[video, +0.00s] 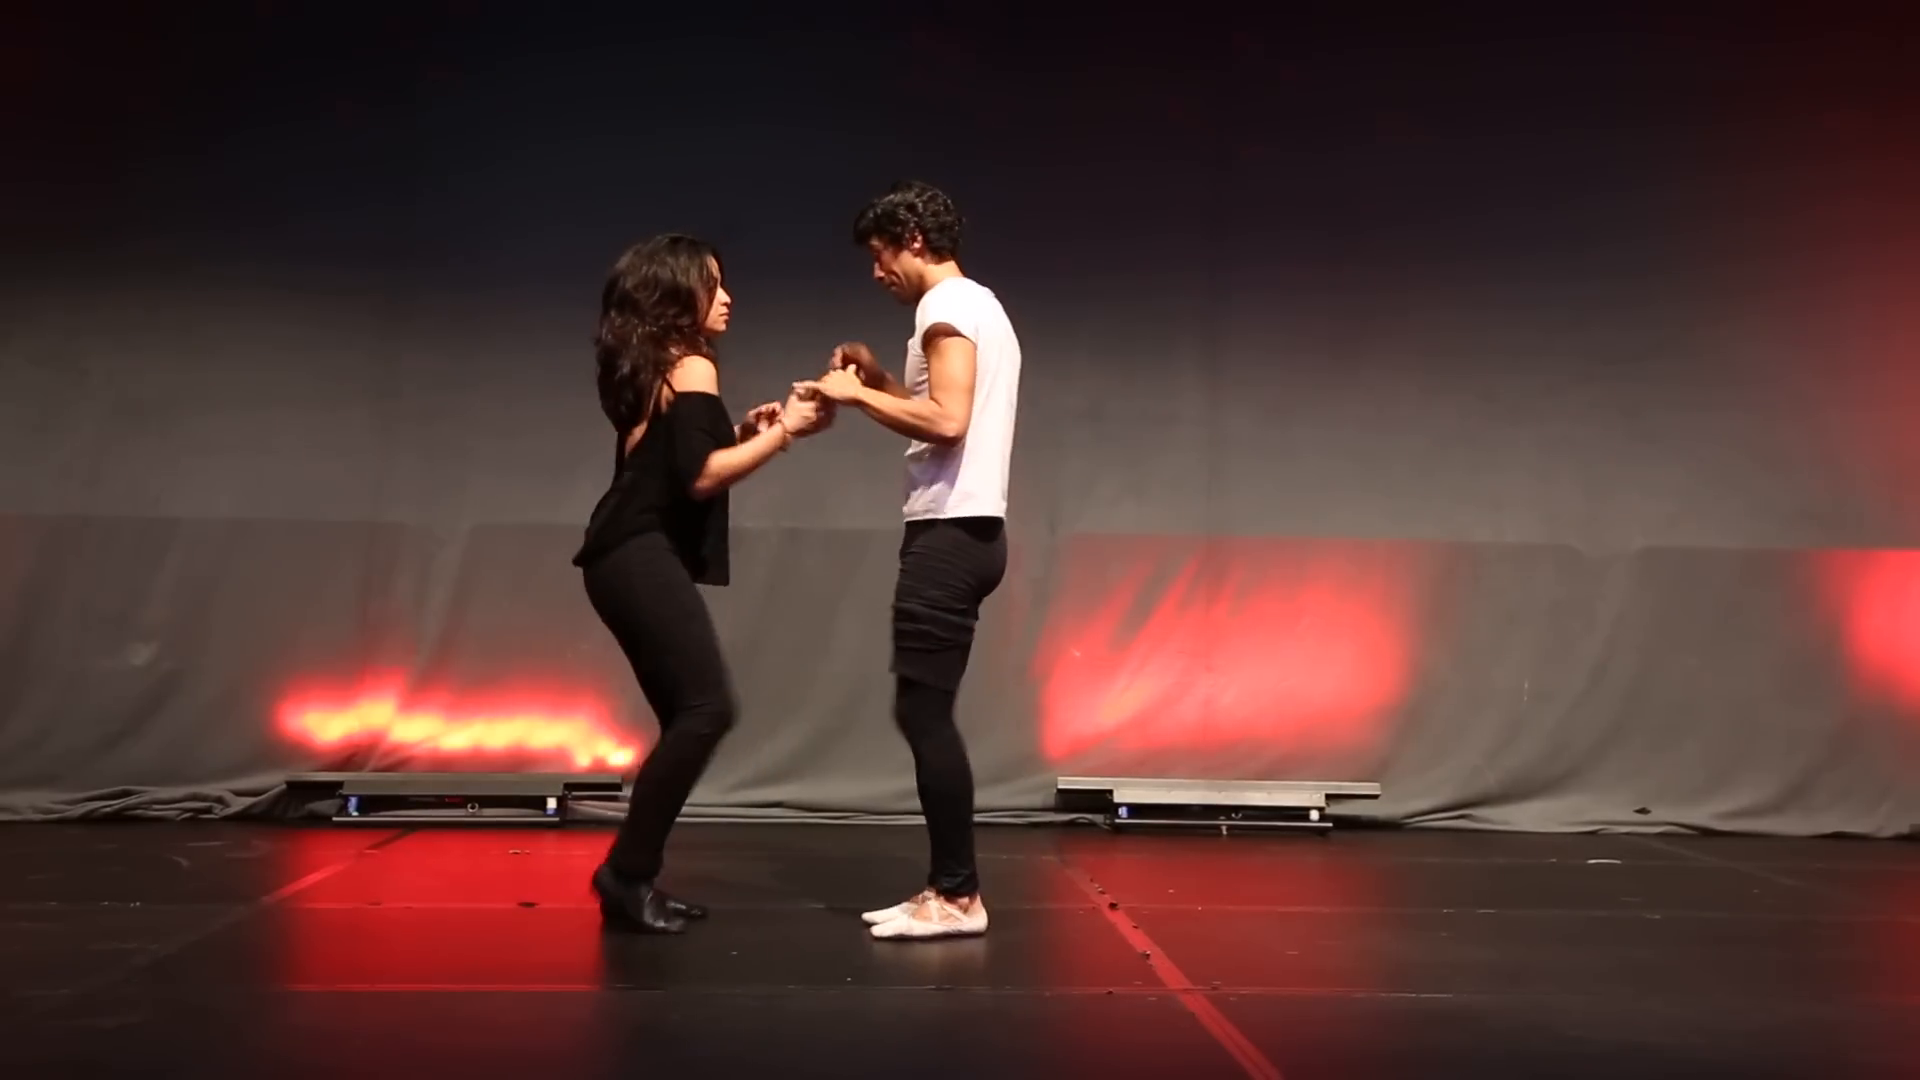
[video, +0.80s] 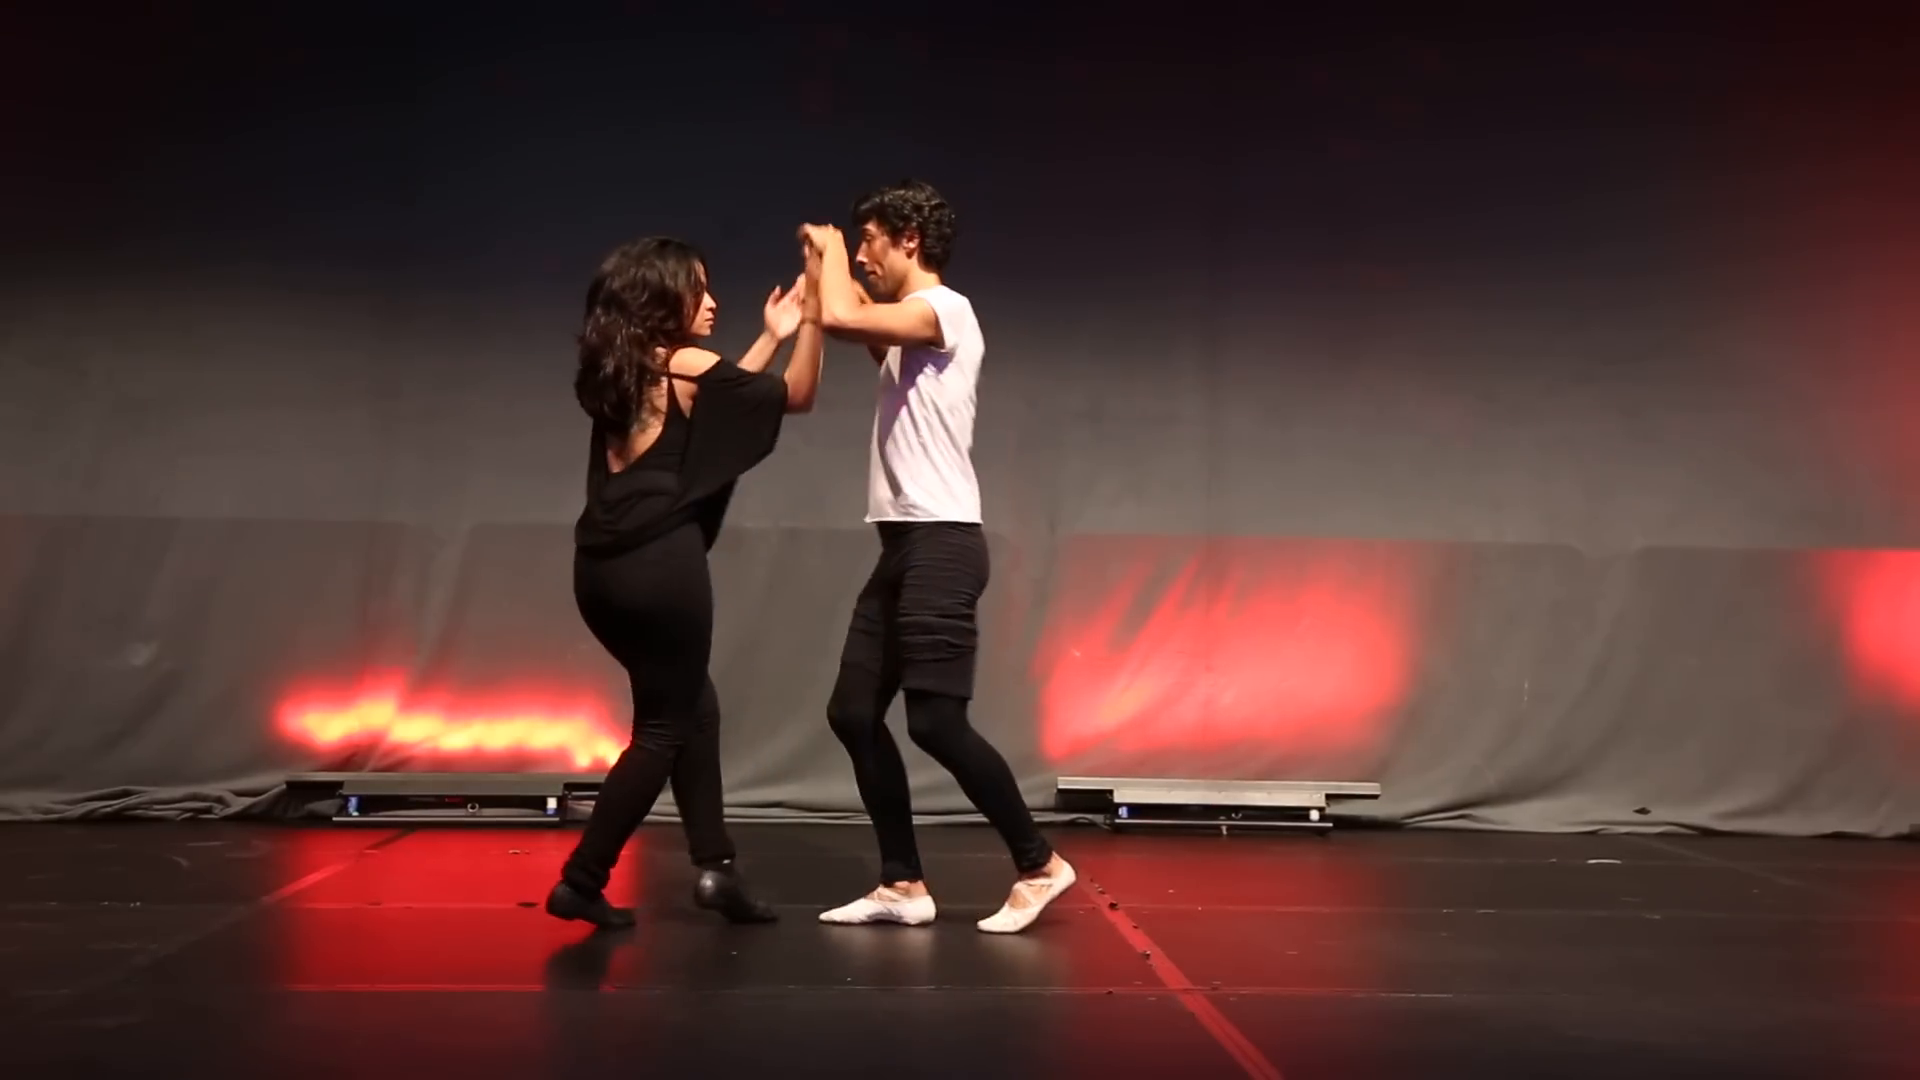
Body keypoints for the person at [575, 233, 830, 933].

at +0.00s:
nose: (726, 297)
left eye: (722, 284)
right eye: (713, 286)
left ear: (669, 300)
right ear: (680, 298)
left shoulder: (653, 368)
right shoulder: (690, 364)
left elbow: (660, 465)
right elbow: (703, 472)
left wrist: (751, 427)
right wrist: (785, 430)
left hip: (624, 560)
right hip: (641, 559)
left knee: (691, 714)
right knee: (706, 709)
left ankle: (632, 876)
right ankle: (626, 877)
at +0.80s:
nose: (711, 301)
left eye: (707, 288)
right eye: (700, 291)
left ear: (638, 304)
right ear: (667, 302)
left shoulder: (623, 368)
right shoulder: (687, 364)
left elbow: (728, 398)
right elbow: (796, 393)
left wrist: (772, 333)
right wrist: (814, 313)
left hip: (602, 574)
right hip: (662, 570)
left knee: (697, 711)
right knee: (661, 732)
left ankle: (714, 867)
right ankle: (582, 882)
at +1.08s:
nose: (722, 302)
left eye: (720, 290)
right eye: (712, 290)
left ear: (658, 297)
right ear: (680, 295)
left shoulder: (680, 363)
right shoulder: (672, 351)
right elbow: (753, 322)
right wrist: (785, 229)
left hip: (680, 568)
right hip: (643, 561)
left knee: (740, 718)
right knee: (666, 729)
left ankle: (699, 880)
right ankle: (581, 876)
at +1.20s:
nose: (727, 292)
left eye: (737, 282)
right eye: (713, 278)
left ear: (747, 296)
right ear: (680, 288)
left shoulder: (745, 361)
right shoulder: (640, 344)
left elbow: (765, 334)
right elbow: (655, 282)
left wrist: (752, 232)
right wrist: (717, 216)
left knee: (744, 723)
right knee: (643, 727)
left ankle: (714, 875)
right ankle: (636, 883)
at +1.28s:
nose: (697, 276)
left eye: (715, 273)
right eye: (690, 260)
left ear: (738, 297)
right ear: (666, 278)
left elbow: (708, 300)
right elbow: (612, 266)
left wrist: (715, 216)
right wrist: (688, 202)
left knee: (721, 727)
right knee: (612, 726)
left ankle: (726, 871)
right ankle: (672, 879)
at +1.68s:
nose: (719, 304)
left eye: (716, 293)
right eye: (713, 292)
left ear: (626, 297)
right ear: (700, 296)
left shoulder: (612, 362)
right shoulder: (720, 364)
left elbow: (581, 416)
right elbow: (754, 449)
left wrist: (627, 463)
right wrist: (775, 378)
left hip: (620, 545)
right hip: (686, 547)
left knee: (660, 707)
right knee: (666, 724)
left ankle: (601, 833)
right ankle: (601, 887)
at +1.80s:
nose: (719, 291)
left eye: (714, 278)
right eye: (705, 279)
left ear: (661, 298)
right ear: (666, 295)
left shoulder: (647, 365)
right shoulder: (690, 368)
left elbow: (726, 338)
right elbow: (783, 385)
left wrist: (760, 327)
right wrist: (795, 293)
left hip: (645, 565)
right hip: (659, 572)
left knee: (745, 699)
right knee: (640, 737)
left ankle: (674, 843)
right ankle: (579, 891)